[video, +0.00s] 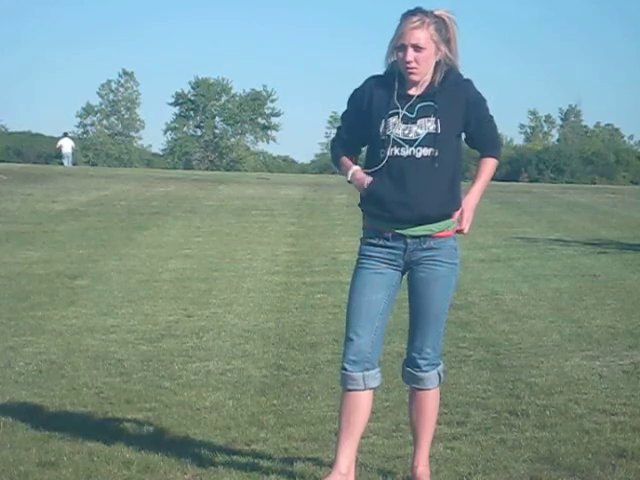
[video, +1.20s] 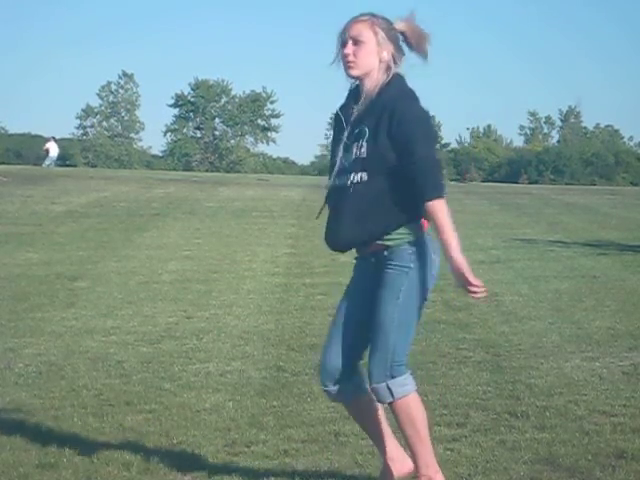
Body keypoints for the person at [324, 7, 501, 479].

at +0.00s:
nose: (408, 56)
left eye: (418, 48)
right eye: (401, 47)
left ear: (439, 51)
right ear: (394, 49)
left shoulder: (461, 92)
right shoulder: (373, 91)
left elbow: (490, 149)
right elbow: (342, 149)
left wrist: (471, 199)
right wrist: (356, 174)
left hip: (437, 245)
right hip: (377, 243)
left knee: (423, 361)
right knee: (357, 357)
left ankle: (420, 466)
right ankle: (343, 469)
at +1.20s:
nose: (346, 49)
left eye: (357, 42)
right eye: (344, 43)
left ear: (386, 51)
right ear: (343, 53)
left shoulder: (402, 105)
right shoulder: (348, 113)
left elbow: (430, 186)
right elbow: (362, 184)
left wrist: (456, 257)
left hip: (405, 251)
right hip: (368, 256)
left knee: (388, 369)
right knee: (338, 372)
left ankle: (431, 473)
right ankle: (397, 464)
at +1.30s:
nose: (345, 53)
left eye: (355, 46)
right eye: (344, 46)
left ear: (385, 54)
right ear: (347, 55)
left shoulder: (401, 106)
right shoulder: (355, 112)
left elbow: (411, 188)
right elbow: (366, 185)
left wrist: (400, 262)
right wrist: (360, 248)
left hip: (407, 257)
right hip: (368, 258)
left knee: (387, 378)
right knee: (306, 350)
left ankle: (431, 473)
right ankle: (374, 433)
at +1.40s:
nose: (343, 26)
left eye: (353, 18)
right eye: (341, 18)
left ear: (383, 26)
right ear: (343, 28)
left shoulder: (396, 77)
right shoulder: (358, 78)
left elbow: (386, 163)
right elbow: (358, 155)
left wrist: (336, 219)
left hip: (403, 233)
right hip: (360, 233)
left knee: (399, 358)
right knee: (295, 317)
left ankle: (427, 466)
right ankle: (361, 412)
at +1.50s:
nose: (336, 3)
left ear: (376, 2)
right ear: (339, 7)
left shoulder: (386, 49)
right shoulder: (354, 53)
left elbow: (358, 127)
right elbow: (364, 130)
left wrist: (296, 177)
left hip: (398, 210)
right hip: (354, 207)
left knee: (393, 338)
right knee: (303, 305)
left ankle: (406, 449)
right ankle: (354, 412)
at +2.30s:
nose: (325, 42)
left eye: (330, 33)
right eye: (327, 34)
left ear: (349, 36)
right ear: (364, 36)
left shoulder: (365, 85)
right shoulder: (369, 83)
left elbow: (345, 172)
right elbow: (356, 171)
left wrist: (290, 234)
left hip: (364, 235)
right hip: (364, 233)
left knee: (352, 365)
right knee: (338, 368)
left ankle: (396, 475)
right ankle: (390, 472)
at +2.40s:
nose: (324, 59)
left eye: (328, 50)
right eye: (325, 50)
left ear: (346, 56)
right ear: (365, 55)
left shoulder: (362, 107)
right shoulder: (379, 102)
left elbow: (359, 201)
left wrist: (284, 208)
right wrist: (380, 29)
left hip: (367, 259)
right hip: (375, 257)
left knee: (338, 383)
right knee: (292, 362)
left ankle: (392, 475)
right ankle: (364, 466)